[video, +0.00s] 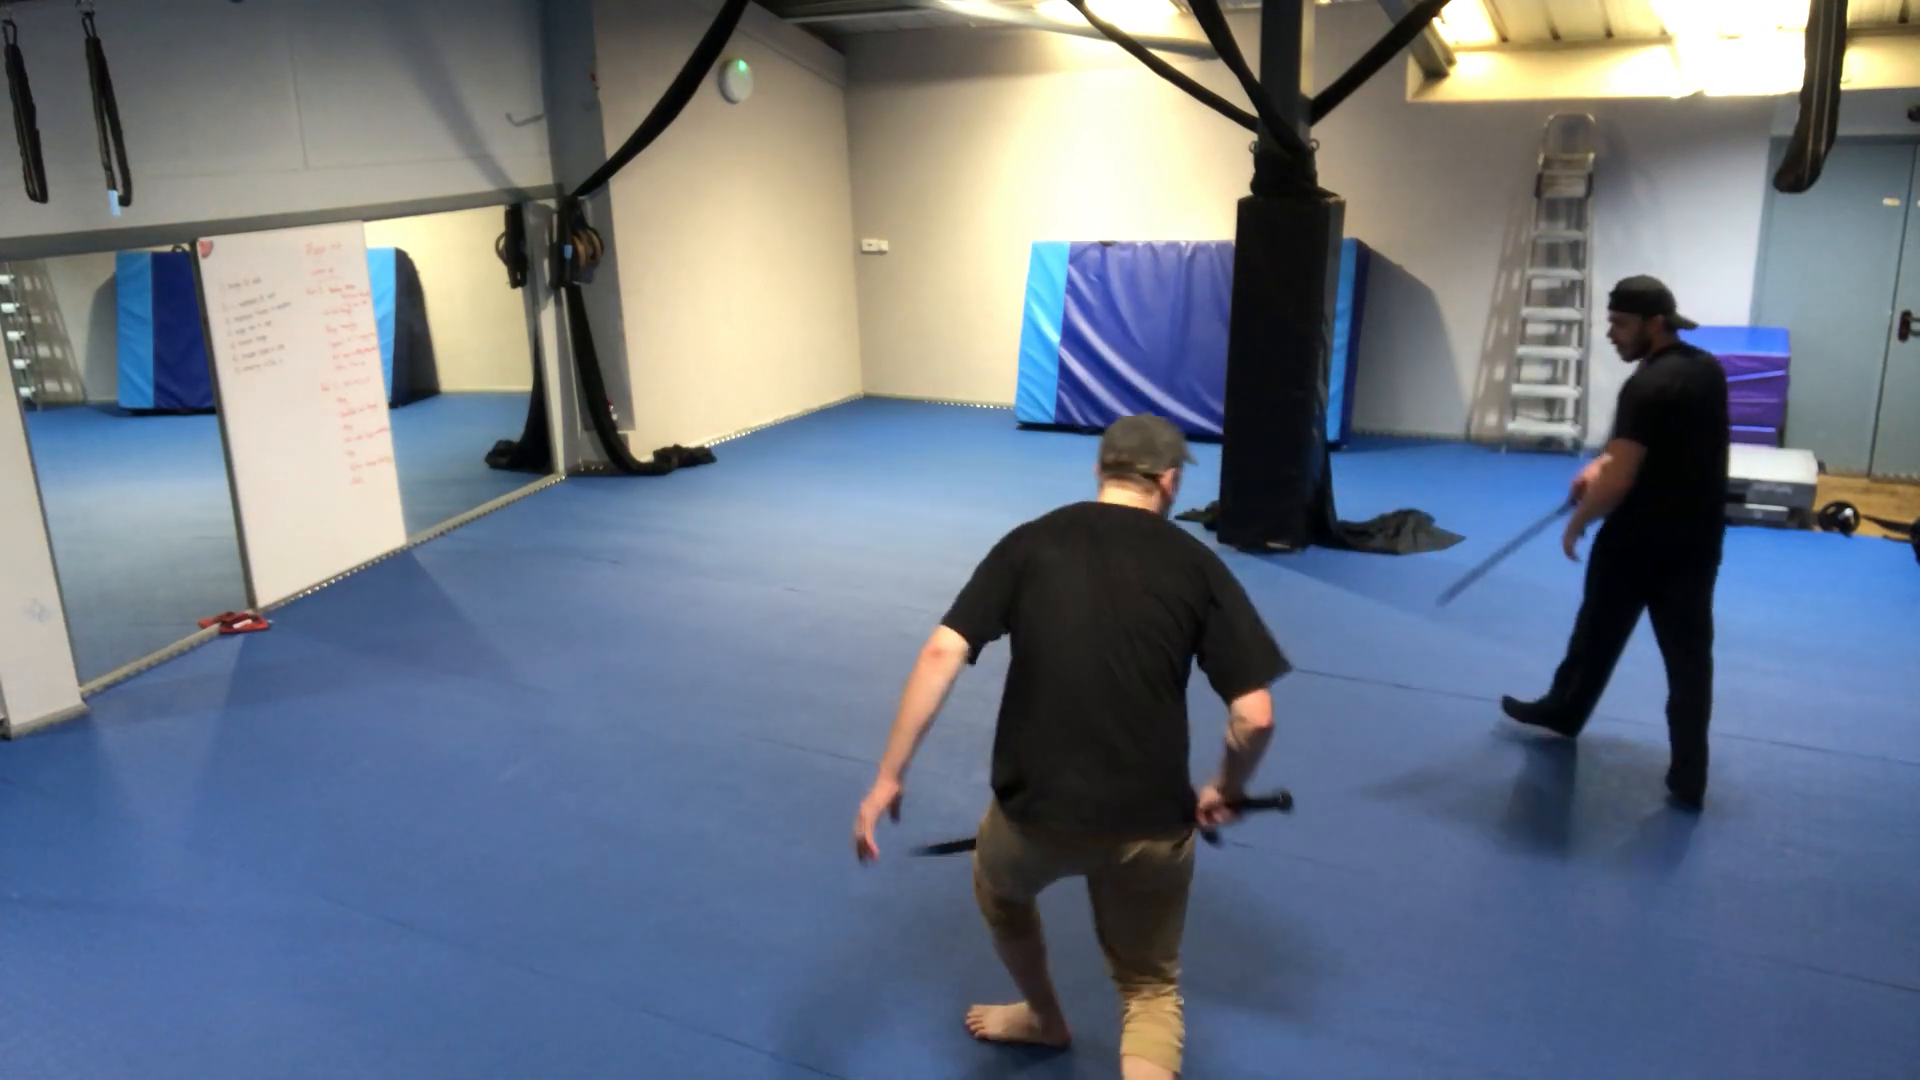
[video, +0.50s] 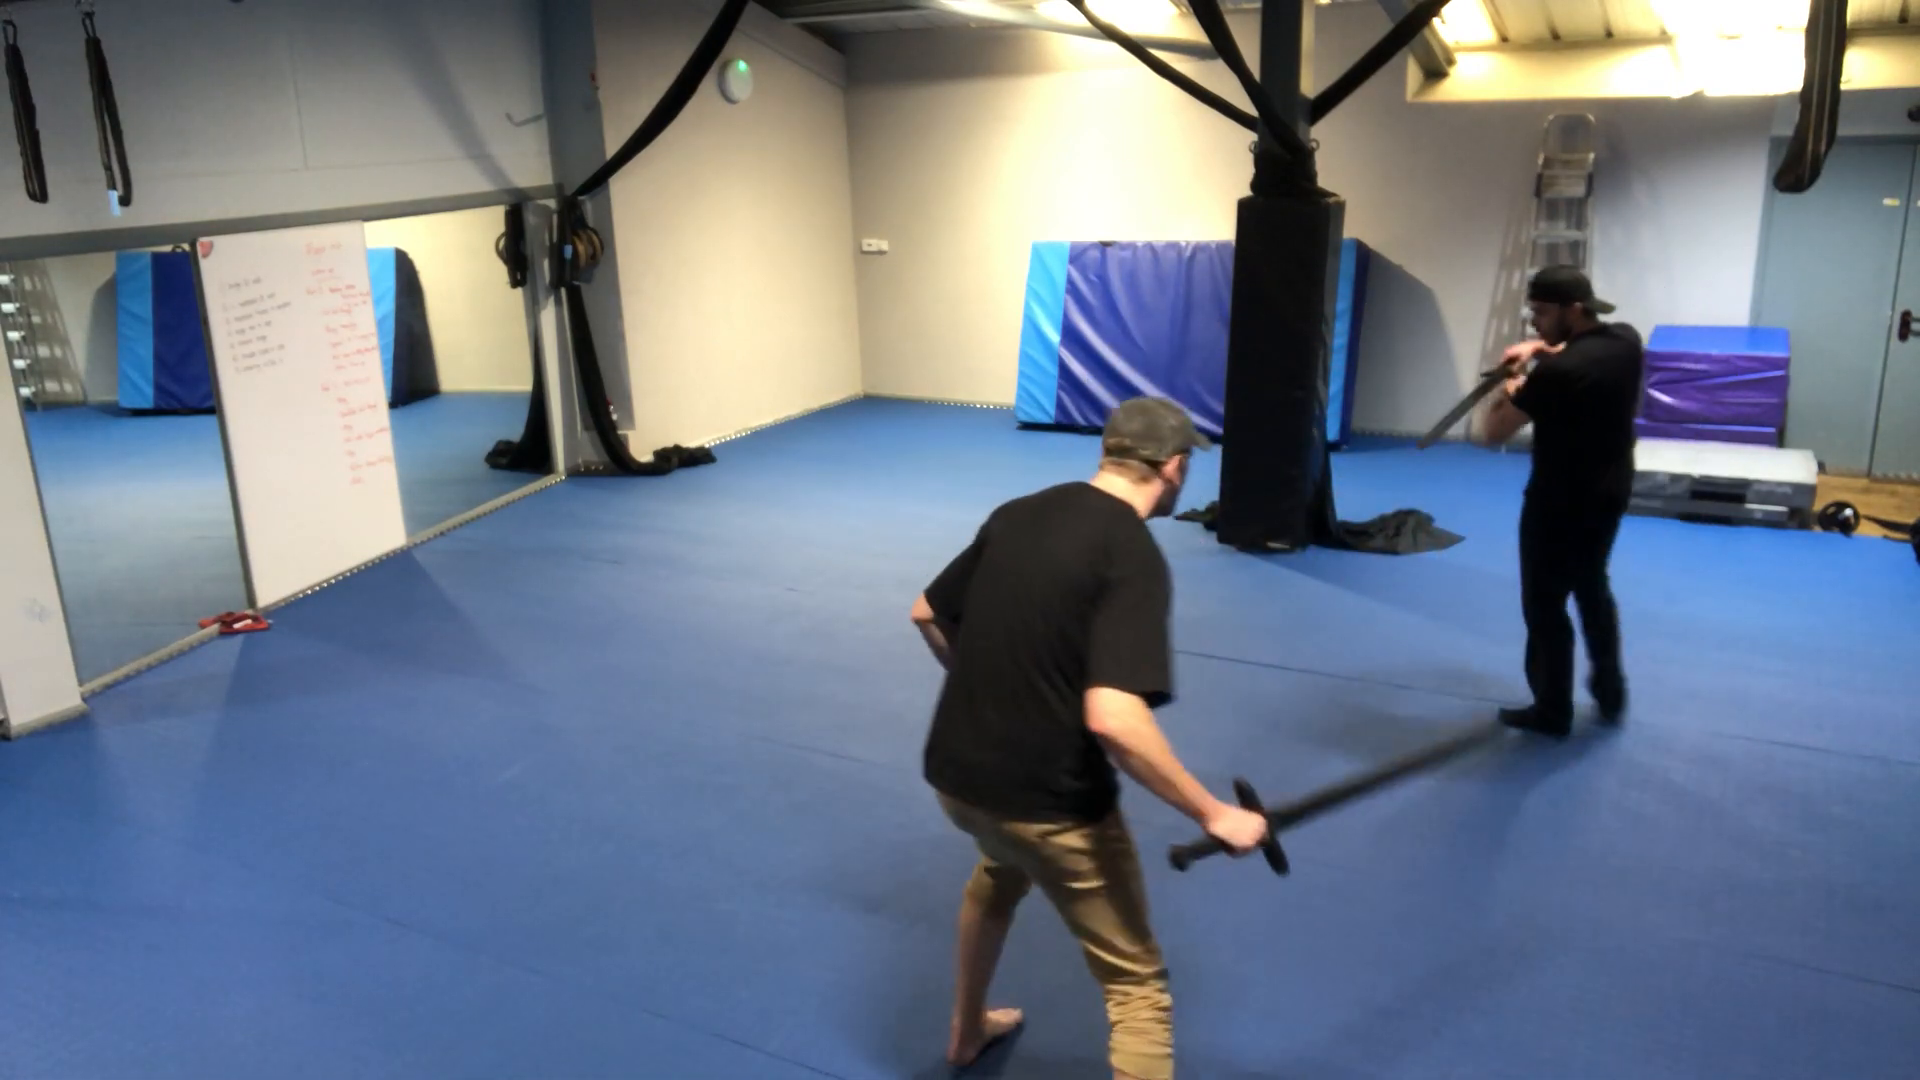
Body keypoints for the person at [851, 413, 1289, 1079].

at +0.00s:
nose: (1178, 488)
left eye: (1178, 480)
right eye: (1179, 480)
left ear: (1098, 474)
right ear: (1168, 482)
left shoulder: (1032, 542)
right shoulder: (1197, 566)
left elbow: (943, 650)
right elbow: (1254, 717)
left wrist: (889, 774)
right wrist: (1226, 790)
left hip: (1037, 811)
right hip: (1150, 822)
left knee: (1001, 892)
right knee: (1150, 982)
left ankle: (1042, 1014)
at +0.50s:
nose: (1186, 478)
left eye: (1189, 466)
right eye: (1188, 465)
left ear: (1107, 453)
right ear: (1170, 467)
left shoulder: (1021, 514)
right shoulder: (1133, 556)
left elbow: (930, 613)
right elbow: (1112, 714)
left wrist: (989, 687)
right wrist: (1214, 812)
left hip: (957, 772)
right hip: (1052, 801)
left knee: (1002, 867)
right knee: (1135, 985)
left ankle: (966, 1028)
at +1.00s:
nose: (1046, 451)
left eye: (1046, 437)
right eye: (1048, 438)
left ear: (975, 428)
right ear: (1031, 438)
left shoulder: (903, 493)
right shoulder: (1006, 518)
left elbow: (816, 587)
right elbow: (1004, 671)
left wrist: (841, 680)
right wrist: (1087, 729)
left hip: (870, 737)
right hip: (940, 757)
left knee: (961, 880)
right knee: (1005, 936)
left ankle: (956, 1033)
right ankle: (897, 1071)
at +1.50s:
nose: (945, 459)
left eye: (945, 445)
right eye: (945, 445)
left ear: (877, 436)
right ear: (925, 447)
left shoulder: (806, 490)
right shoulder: (867, 526)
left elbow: (735, 581)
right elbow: (896, 680)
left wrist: (771, 669)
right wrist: (987, 709)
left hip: (832, 736)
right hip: (788, 756)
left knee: (912, 850)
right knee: (824, 919)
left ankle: (950, 1022)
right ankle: (731, 1033)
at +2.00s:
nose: (923, 435)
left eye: (925, 422)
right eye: (925, 421)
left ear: (854, 407)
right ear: (906, 418)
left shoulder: (790, 464)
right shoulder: (845, 493)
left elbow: (718, 554)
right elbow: (792, 626)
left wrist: (755, 644)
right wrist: (851, 758)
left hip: (772, 706)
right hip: (781, 732)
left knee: (873, 796)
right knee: (812, 898)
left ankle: (893, 951)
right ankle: (731, 1033)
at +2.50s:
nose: (960, 410)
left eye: (959, 399)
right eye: (960, 399)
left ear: (890, 390)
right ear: (948, 395)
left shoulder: (826, 454)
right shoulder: (938, 458)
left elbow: (763, 565)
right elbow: (952, 584)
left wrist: (798, 644)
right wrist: (1010, 696)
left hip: (813, 679)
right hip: (878, 690)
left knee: (886, 824)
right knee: (907, 856)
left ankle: (900, 956)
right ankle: (777, 1001)